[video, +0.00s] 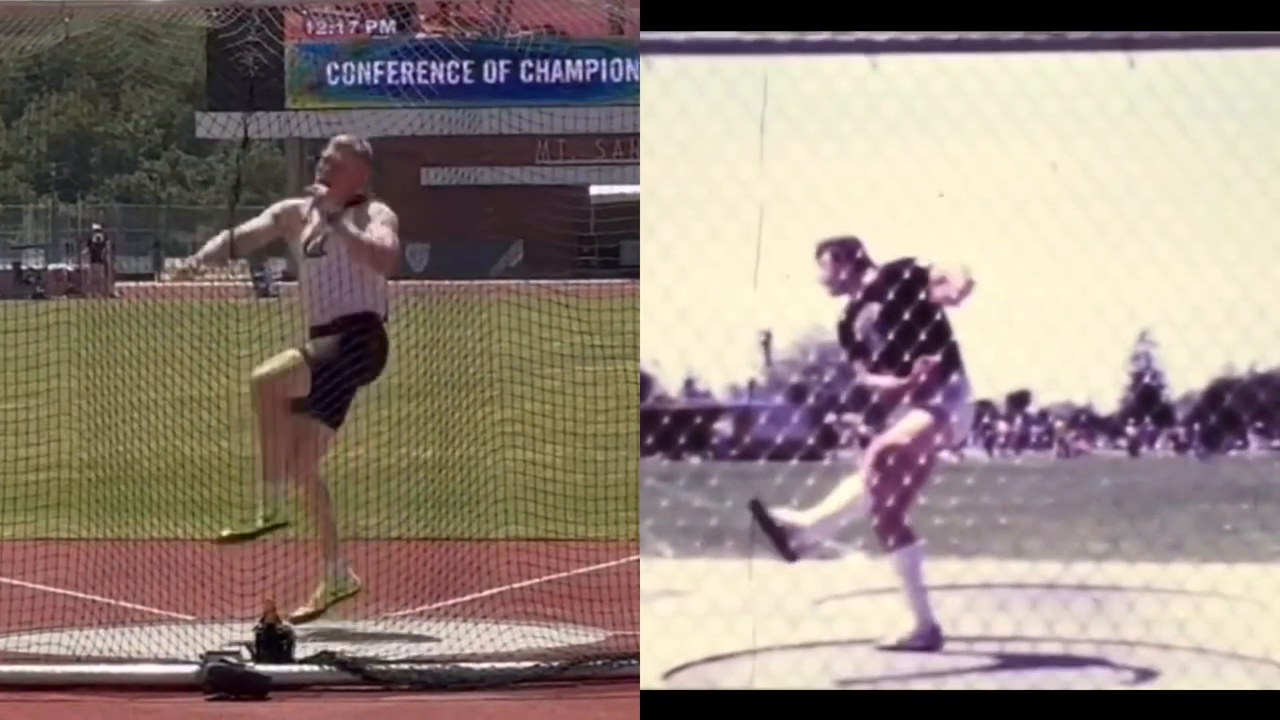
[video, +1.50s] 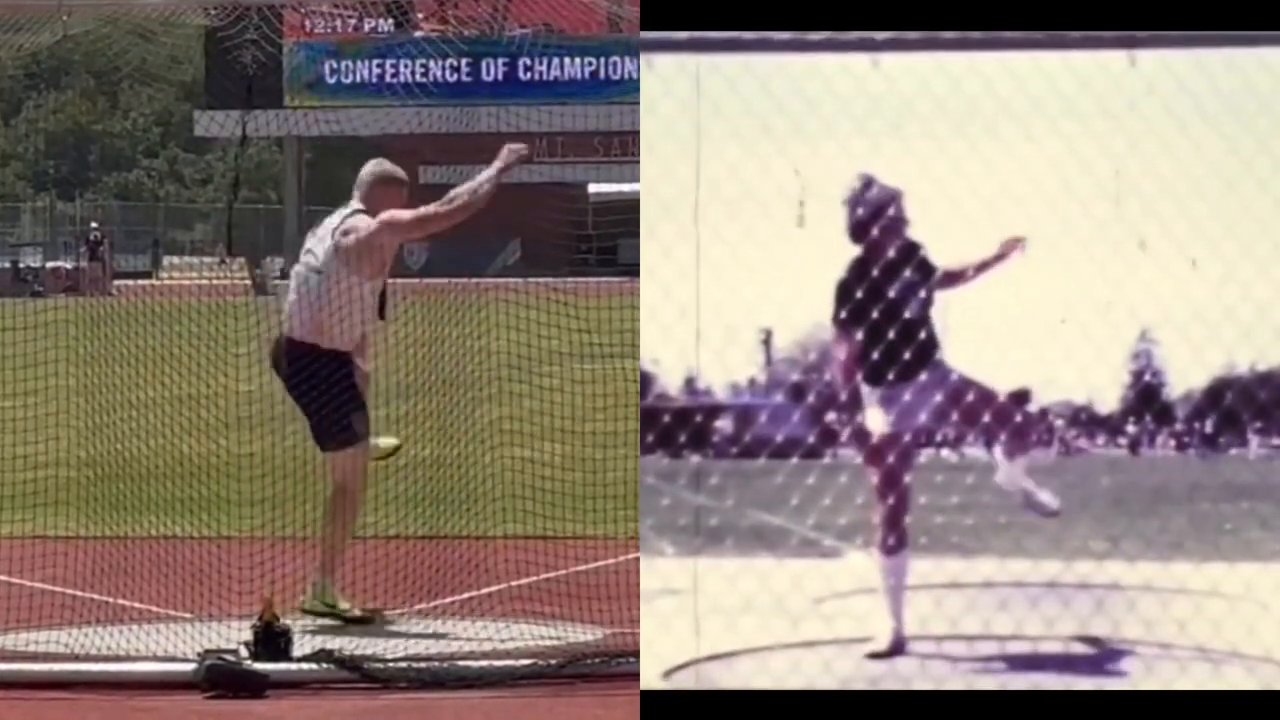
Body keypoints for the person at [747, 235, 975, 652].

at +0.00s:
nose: (823, 281)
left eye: (827, 270)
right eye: (821, 272)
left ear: (849, 263)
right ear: (837, 269)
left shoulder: (901, 274)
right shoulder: (849, 324)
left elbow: (956, 278)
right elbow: (865, 377)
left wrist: (954, 291)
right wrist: (905, 381)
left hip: (947, 396)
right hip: (908, 409)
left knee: (882, 456)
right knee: (886, 511)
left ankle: (803, 524)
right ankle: (926, 625)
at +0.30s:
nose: (814, 270)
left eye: (816, 259)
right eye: (807, 264)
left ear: (836, 248)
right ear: (809, 266)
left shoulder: (894, 266)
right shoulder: (832, 310)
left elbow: (958, 265)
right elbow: (858, 365)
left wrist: (1002, 273)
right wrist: (867, 404)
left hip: (940, 375)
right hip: (896, 398)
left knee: (939, 422)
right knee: (880, 504)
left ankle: (956, 495)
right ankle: (924, 618)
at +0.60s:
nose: (822, 247)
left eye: (823, 236)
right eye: (815, 241)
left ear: (841, 221)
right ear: (815, 239)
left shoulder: (900, 240)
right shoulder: (825, 279)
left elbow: (964, 244)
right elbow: (825, 335)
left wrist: (1011, 247)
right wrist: (840, 371)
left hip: (939, 356)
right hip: (890, 377)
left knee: (994, 398)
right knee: (873, 489)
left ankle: (1093, 468)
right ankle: (909, 600)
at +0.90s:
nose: (829, 229)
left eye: (832, 217)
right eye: (820, 223)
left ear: (849, 206)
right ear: (817, 221)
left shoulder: (900, 231)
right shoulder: (821, 268)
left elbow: (967, 237)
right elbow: (811, 330)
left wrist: (1014, 229)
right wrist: (819, 381)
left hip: (943, 354)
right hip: (892, 377)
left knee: (1036, 395)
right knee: (872, 482)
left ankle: (1136, 435)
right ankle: (885, 609)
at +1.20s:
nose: (854, 221)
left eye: (857, 209)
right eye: (843, 215)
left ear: (868, 204)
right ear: (832, 218)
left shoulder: (902, 241)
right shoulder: (827, 273)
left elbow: (964, 255)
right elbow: (812, 341)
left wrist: (1016, 231)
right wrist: (820, 399)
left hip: (941, 360)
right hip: (887, 385)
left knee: (1033, 401)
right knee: (886, 496)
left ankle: (1099, 438)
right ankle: (891, 618)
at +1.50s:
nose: (902, 223)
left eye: (901, 214)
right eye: (892, 217)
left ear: (900, 216)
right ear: (872, 227)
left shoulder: (910, 255)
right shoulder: (854, 285)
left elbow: (940, 282)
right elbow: (846, 357)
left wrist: (995, 260)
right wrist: (858, 418)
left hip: (935, 380)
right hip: (887, 400)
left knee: (1009, 421)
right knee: (893, 507)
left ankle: (1011, 475)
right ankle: (896, 626)